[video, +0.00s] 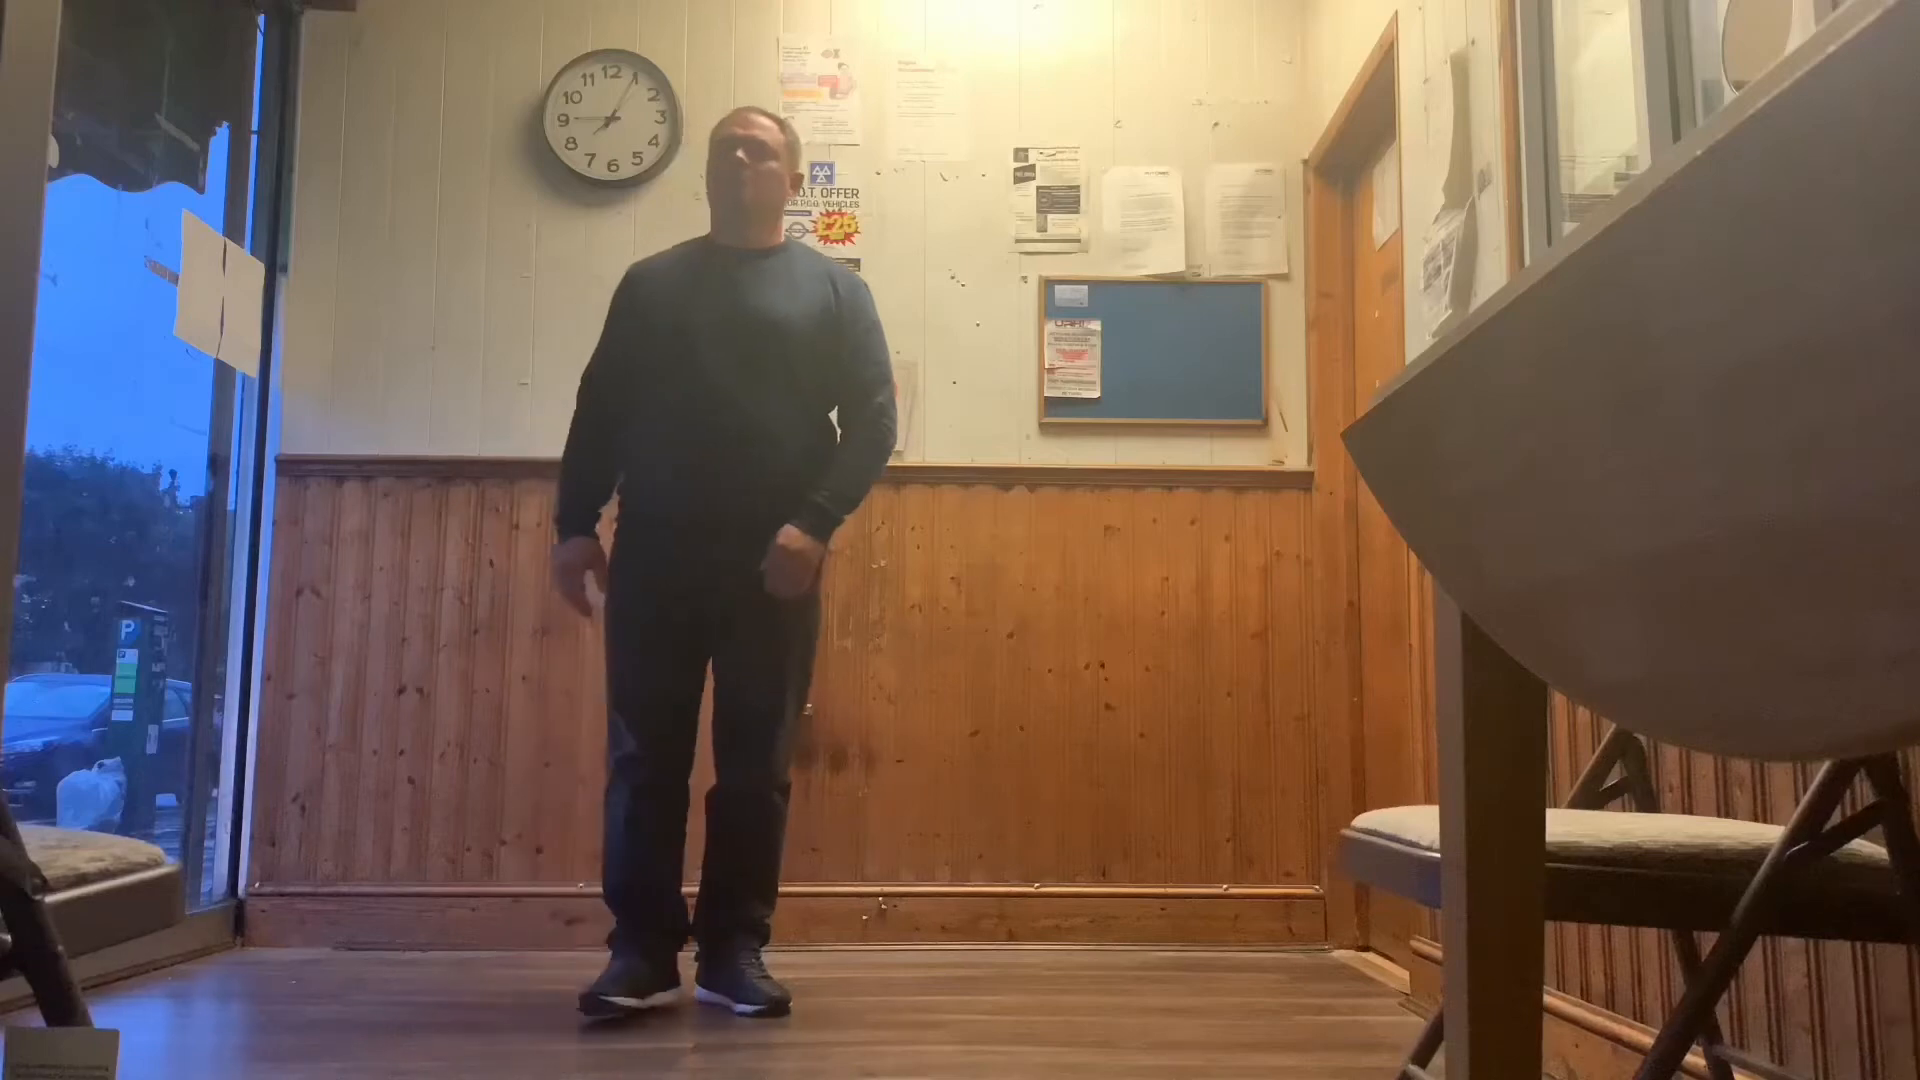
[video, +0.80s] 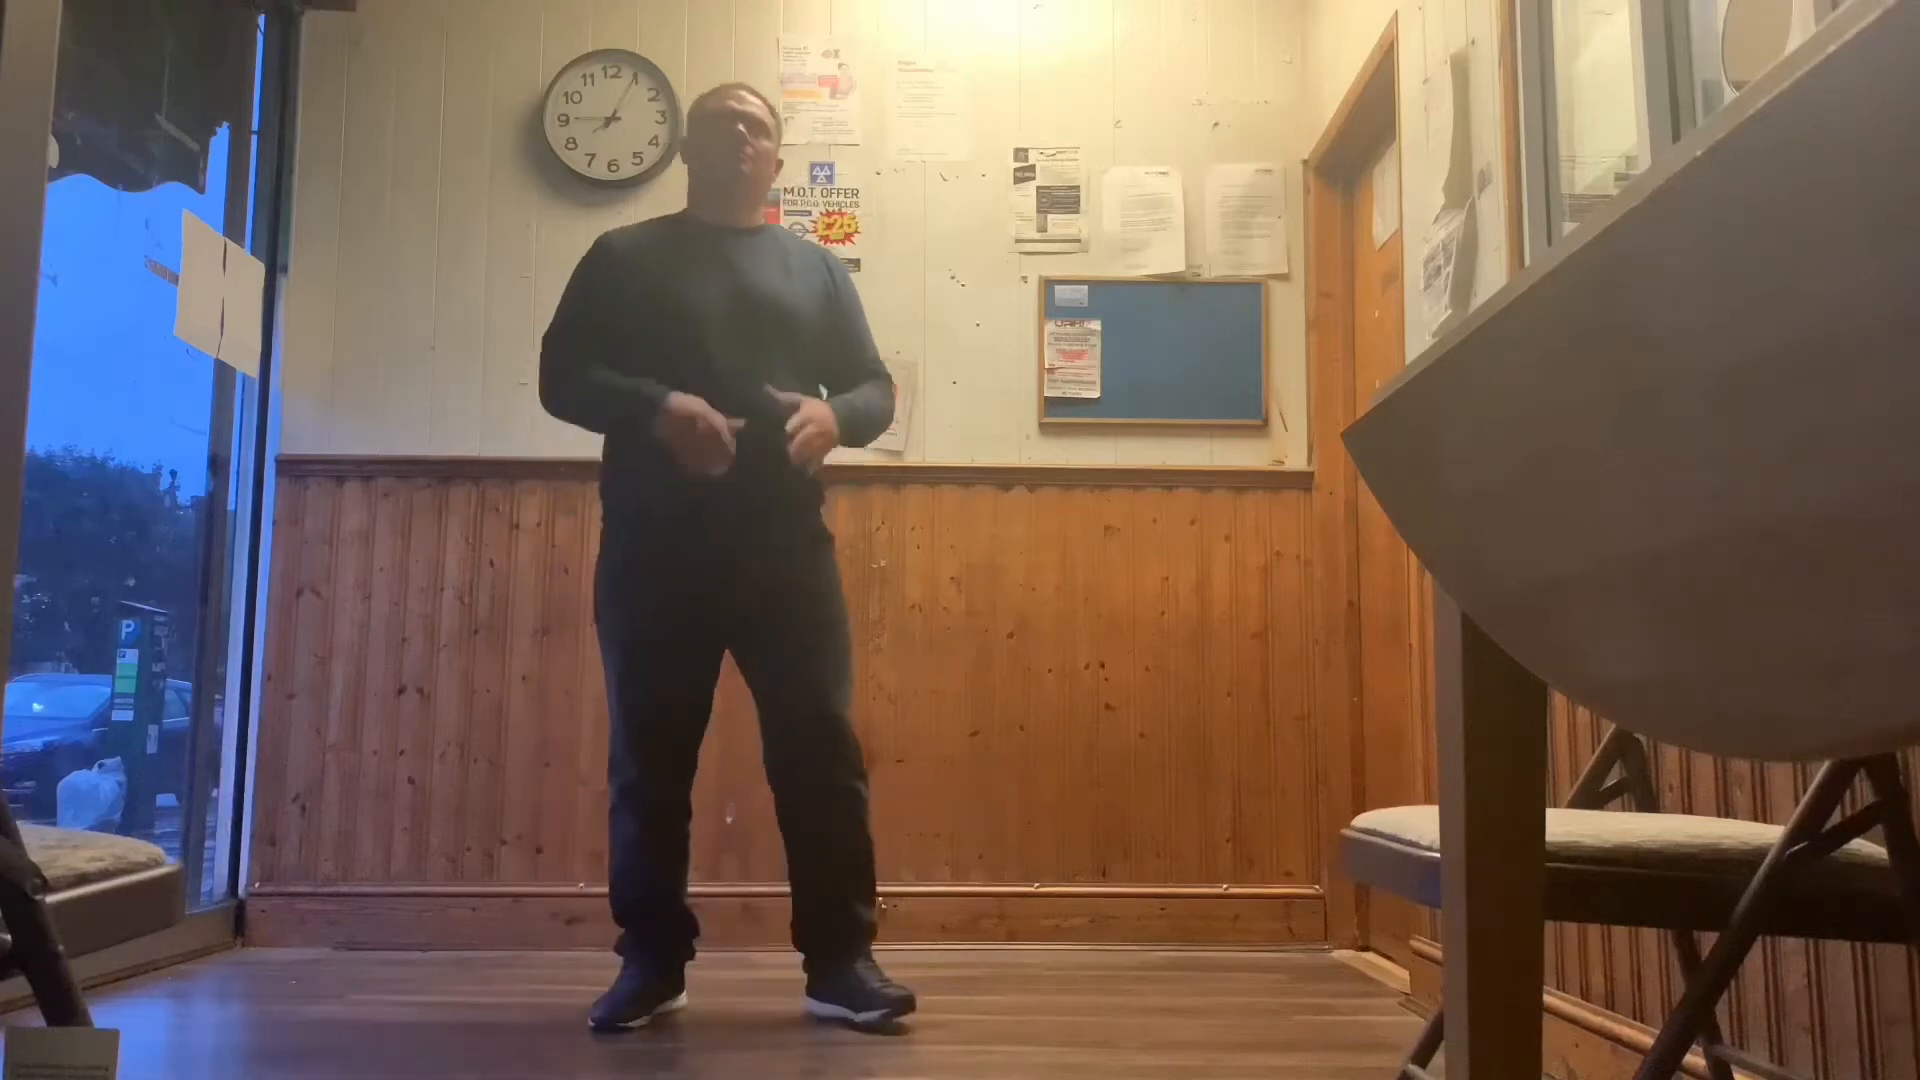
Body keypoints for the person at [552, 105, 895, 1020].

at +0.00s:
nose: (735, 158)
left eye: (757, 149)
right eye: (723, 148)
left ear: (794, 183)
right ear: (703, 177)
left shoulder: (836, 292)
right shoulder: (650, 284)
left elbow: (871, 428)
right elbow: (598, 409)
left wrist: (815, 524)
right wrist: (576, 525)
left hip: (770, 567)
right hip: (656, 560)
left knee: (754, 773)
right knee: (643, 765)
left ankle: (733, 955)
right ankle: (641, 956)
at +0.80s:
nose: (732, 131)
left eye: (751, 124)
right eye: (713, 119)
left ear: (779, 160)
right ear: (683, 152)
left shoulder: (815, 267)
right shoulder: (622, 256)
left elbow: (873, 391)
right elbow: (562, 377)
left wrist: (838, 415)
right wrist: (657, 409)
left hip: (784, 554)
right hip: (656, 554)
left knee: (821, 749)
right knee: (648, 767)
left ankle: (840, 963)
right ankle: (650, 962)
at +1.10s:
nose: (811, 133)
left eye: (822, 123)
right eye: (788, 120)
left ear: (842, 153)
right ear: (744, 150)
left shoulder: (889, 258)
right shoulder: (702, 259)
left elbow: (936, 370)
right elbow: (663, 387)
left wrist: (939, 422)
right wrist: (776, 408)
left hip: (868, 557)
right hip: (741, 557)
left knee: (882, 777)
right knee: (702, 759)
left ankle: (838, 972)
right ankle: (660, 941)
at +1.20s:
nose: (830, 124)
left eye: (841, 110)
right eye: (806, 111)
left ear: (861, 133)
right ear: (762, 135)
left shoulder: (909, 231)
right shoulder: (722, 244)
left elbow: (974, 357)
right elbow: (672, 363)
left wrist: (1038, 471)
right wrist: (679, 457)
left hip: (895, 534)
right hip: (772, 530)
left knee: (912, 752)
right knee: (768, 735)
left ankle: (848, 956)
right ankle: (739, 933)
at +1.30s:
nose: (842, 114)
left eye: (853, 100)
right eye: (818, 103)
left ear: (875, 123)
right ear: (775, 128)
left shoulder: (924, 213)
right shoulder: (735, 233)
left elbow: (1019, 315)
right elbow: (627, 332)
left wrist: (1124, 400)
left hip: (919, 517)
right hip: (799, 525)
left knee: (971, 733)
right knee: (838, 746)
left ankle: (867, 929)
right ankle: (885, 982)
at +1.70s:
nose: (845, 132)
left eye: (863, 121)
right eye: (824, 122)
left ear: (892, 158)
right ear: (794, 158)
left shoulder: (931, 270)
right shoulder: (745, 265)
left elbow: (1003, 388)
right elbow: (677, 376)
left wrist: (1086, 472)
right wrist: (602, 447)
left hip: (899, 542)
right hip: (778, 540)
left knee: (945, 757)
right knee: (823, 726)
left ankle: (900, 959)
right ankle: (870, 977)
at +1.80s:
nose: (813, 117)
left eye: (830, 105)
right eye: (795, 104)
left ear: (860, 136)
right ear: (765, 135)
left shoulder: (902, 240)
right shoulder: (715, 229)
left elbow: (973, 356)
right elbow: (608, 340)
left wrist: (930, 363)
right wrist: (662, 296)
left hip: (874, 532)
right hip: (748, 529)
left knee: (916, 740)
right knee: (714, 712)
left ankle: (891, 966)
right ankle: (734, 872)